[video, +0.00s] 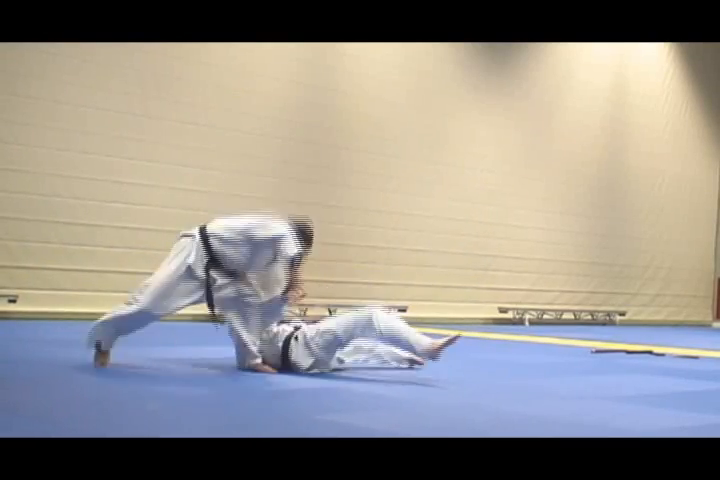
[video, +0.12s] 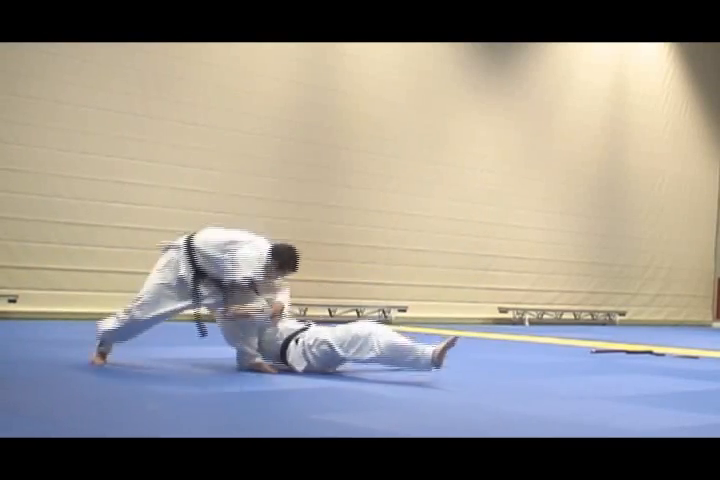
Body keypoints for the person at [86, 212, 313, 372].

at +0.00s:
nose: (296, 255)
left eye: (299, 253)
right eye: (299, 251)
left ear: (296, 238)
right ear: (299, 238)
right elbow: (291, 257)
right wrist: (293, 287)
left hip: (221, 273)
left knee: (248, 303)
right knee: (149, 307)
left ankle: (250, 359)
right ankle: (104, 338)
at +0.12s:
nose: (282, 276)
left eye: (286, 273)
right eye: (282, 272)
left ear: (281, 262)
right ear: (275, 263)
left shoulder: (271, 261)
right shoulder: (248, 264)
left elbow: (279, 290)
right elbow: (235, 305)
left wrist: (280, 304)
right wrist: (266, 309)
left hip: (214, 281)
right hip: (183, 264)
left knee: (246, 308)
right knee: (146, 311)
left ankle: (249, 358)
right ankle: (106, 337)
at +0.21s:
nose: (268, 267)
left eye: (272, 263)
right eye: (267, 262)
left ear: (269, 255)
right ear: (258, 255)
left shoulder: (260, 252)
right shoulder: (230, 256)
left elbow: (267, 280)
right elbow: (190, 276)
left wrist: (261, 304)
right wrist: (192, 309)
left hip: (207, 276)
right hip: (172, 268)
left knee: (242, 307)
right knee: (138, 316)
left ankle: (250, 360)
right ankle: (105, 350)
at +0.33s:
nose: (224, 240)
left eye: (228, 236)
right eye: (220, 235)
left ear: (231, 232)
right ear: (209, 229)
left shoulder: (229, 244)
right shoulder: (178, 235)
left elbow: (227, 281)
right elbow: (159, 271)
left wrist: (201, 308)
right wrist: (170, 303)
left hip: (207, 280)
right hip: (169, 274)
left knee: (237, 308)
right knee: (129, 311)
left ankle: (255, 360)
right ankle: (113, 354)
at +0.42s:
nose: (199, 221)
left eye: (202, 216)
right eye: (194, 217)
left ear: (206, 212)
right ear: (181, 214)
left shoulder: (213, 227)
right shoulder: (159, 223)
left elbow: (211, 266)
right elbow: (151, 263)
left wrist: (194, 295)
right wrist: (166, 292)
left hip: (200, 274)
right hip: (162, 272)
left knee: (232, 305)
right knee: (126, 305)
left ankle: (256, 359)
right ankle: (112, 354)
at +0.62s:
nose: (205, 193)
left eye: (207, 188)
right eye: (199, 189)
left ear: (210, 186)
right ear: (184, 188)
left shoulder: (219, 207)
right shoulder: (163, 201)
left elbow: (229, 245)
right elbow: (137, 233)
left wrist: (193, 261)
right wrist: (156, 261)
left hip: (205, 263)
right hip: (168, 260)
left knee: (229, 304)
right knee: (135, 298)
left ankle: (258, 357)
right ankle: (109, 352)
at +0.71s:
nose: (223, 195)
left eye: (226, 189)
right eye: (217, 189)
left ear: (231, 186)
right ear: (205, 185)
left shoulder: (237, 208)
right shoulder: (182, 198)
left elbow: (242, 245)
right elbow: (150, 231)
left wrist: (210, 263)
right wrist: (180, 257)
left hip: (220, 261)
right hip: (177, 257)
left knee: (246, 303)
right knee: (142, 298)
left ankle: (265, 357)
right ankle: (109, 350)